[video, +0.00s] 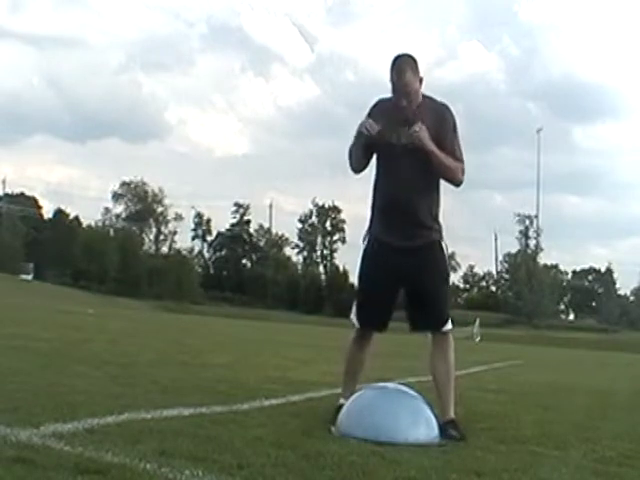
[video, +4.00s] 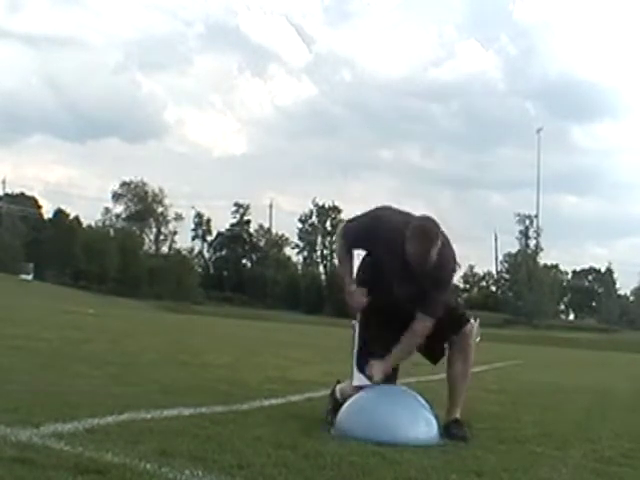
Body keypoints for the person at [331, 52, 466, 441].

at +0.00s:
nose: (403, 97)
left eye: (408, 89)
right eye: (397, 91)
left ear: (422, 81)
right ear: (390, 86)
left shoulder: (440, 114)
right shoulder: (382, 110)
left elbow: (457, 174)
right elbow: (356, 165)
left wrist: (427, 144)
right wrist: (367, 136)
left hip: (426, 238)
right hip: (383, 237)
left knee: (441, 328)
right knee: (365, 329)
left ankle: (447, 418)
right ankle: (345, 405)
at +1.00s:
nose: (440, 190)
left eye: (445, 184)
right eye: (435, 183)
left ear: (454, 175)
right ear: (423, 171)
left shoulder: (458, 199)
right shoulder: (400, 183)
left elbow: (467, 261)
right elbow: (361, 223)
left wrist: (448, 269)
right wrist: (387, 230)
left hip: (430, 285)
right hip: (391, 284)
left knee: (475, 337)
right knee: (386, 375)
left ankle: (451, 419)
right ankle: (346, 397)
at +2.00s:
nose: (370, 160)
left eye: (374, 153)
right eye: (366, 154)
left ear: (394, 140)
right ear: (365, 145)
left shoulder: (415, 172)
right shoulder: (388, 163)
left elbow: (437, 232)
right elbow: (390, 189)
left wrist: (405, 276)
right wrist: (367, 189)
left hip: (418, 271)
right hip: (390, 265)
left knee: (410, 357)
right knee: (347, 321)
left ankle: (468, 412)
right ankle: (353, 404)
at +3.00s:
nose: (395, 95)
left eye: (400, 87)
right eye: (390, 89)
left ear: (417, 80)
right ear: (386, 87)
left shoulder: (440, 112)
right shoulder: (379, 115)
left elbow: (451, 173)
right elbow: (365, 168)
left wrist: (421, 130)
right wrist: (376, 122)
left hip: (428, 237)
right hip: (387, 235)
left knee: (439, 330)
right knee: (366, 326)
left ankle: (449, 417)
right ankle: (358, 408)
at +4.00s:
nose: (420, 269)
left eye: (425, 265)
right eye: (415, 263)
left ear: (437, 250)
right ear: (405, 242)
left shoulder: (446, 262)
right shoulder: (382, 223)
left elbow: (422, 326)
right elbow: (344, 236)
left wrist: (386, 364)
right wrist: (349, 287)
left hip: (423, 302)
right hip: (381, 300)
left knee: (463, 331)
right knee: (373, 385)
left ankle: (454, 417)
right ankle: (340, 393)